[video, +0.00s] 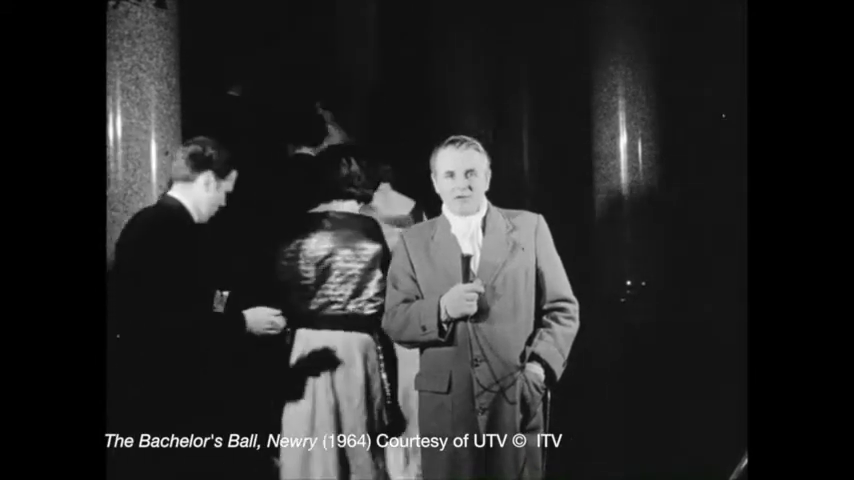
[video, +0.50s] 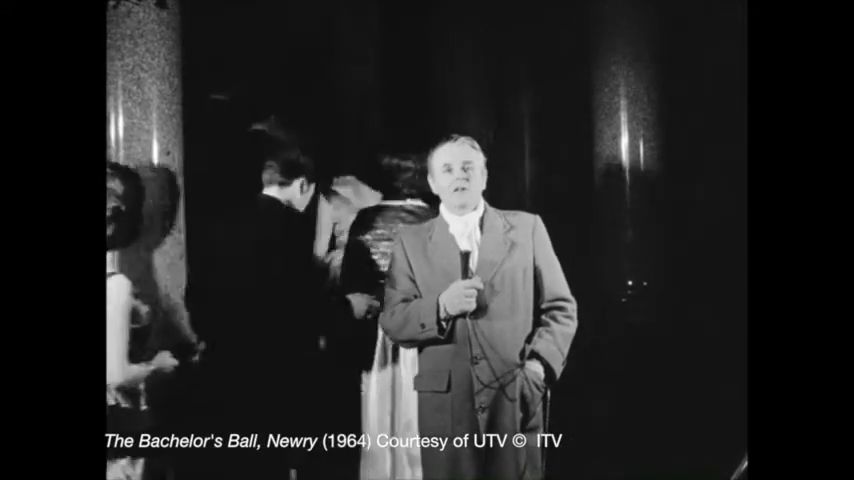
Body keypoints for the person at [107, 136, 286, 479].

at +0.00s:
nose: (224, 203)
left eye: (228, 194)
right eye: (226, 192)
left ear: (196, 178)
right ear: (206, 181)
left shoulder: (150, 225)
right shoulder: (172, 233)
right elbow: (172, 325)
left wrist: (210, 302)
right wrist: (242, 322)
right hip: (166, 394)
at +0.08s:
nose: (239, 201)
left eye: (242, 192)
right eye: (240, 190)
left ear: (193, 175)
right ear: (222, 180)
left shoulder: (152, 225)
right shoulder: (199, 233)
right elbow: (203, 312)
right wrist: (263, 315)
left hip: (160, 378)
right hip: (192, 383)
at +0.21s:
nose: (259, 198)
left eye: (260, 188)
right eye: (258, 187)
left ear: (214, 178)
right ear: (245, 181)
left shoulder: (172, 227)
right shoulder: (231, 235)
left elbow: (144, 304)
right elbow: (236, 313)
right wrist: (291, 315)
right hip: (214, 374)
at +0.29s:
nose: (271, 203)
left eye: (271, 194)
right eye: (270, 193)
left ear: (229, 184)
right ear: (262, 189)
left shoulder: (187, 231)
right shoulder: (253, 239)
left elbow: (156, 303)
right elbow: (261, 316)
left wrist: (145, 355)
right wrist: (309, 316)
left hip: (183, 358)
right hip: (232, 365)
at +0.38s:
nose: (287, 204)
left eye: (287, 195)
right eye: (287, 194)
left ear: (245, 183)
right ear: (279, 190)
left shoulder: (204, 230)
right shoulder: (273, 239)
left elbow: (173, 302)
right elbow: (282, 315)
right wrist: (326, 314)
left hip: (211, 365)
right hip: (260, 371)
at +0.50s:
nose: (308, 202)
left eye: (310, 194)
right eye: (310, 193)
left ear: (266, 179)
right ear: (300, 186)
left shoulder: (228, 220)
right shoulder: (293, 227)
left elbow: (198, 296)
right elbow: (302, 310)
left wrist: (214, 339)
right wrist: (350, 307)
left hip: (232, 361)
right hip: (284, 363)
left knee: (247, 461)